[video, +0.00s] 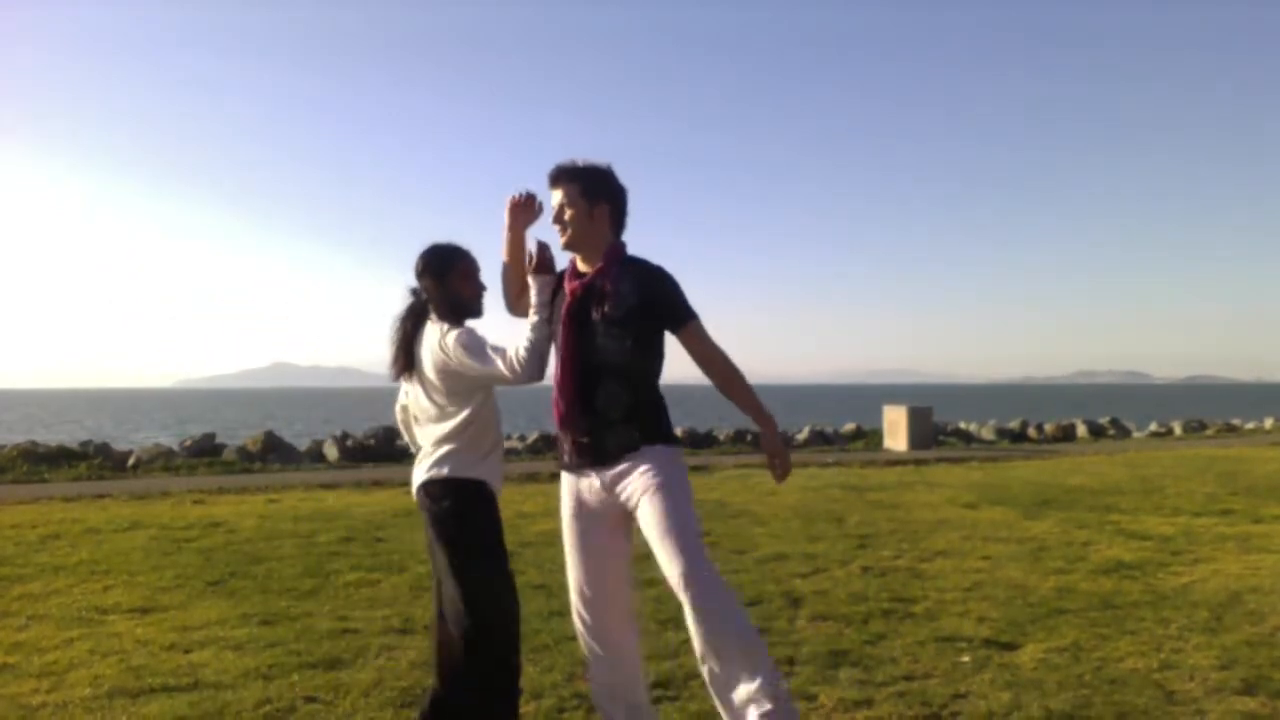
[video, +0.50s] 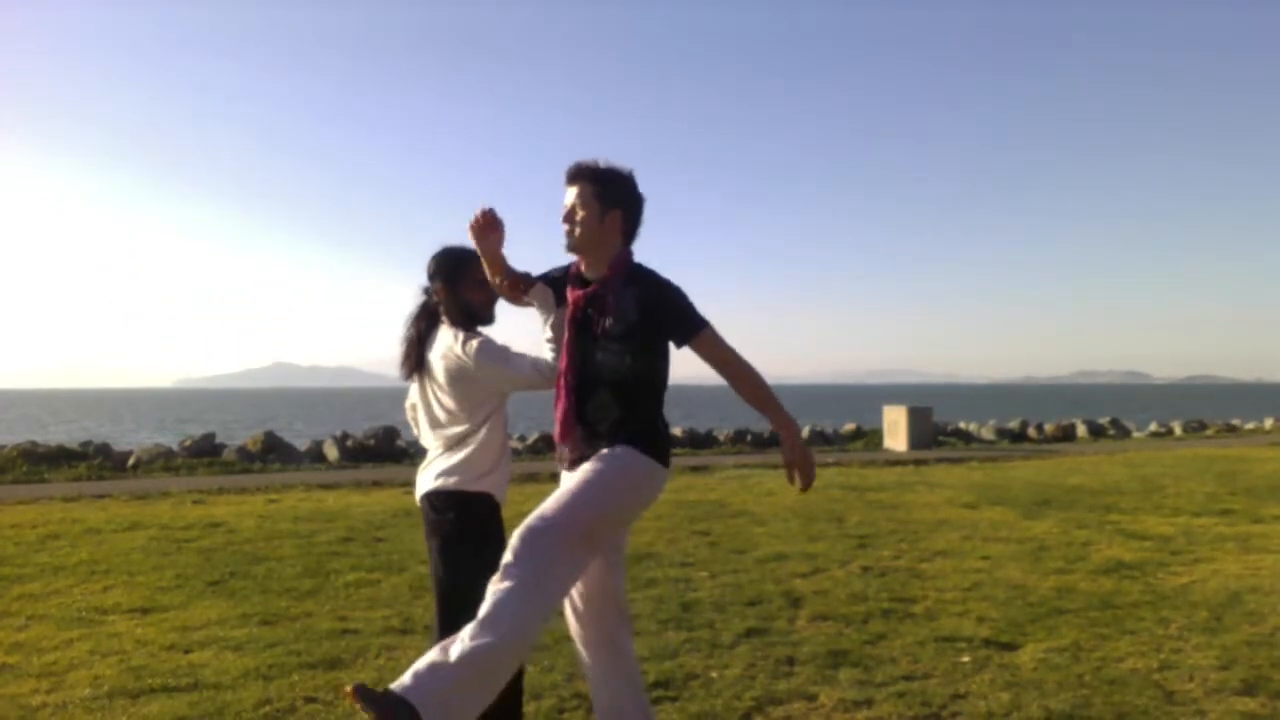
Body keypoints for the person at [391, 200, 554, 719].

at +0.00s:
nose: (481, 284)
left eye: (477, 275)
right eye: (470, 276)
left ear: (439, 288)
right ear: (444, 286)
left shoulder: (421, 340)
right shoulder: (452, 339)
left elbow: (405, 415)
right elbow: (524, 365)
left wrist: (438, 455)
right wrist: (544, 295)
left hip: (435, 483)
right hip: (463, 484)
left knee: (457, 608)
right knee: (493, 611)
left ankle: (452, 707)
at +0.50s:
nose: (492, 287)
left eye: (489, 278)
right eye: (480, 280)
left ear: (443, 294)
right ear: (447, 291)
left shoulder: (432, 344)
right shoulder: (474, 349)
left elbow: (413, 409)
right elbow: (550, 371)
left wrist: (448, 451)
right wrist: (552, 310)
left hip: (438, 490)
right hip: (467, 496)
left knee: (458, 616)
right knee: (482, 616)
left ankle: (455, 702)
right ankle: (489, 708)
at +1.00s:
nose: (477, 286)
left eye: (475, 276)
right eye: (468, 276)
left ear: (423, 281)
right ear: (433, 279)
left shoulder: (397, 340)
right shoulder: (442, 342)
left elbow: (384, 409)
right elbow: (526, 373)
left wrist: (462, 436)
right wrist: (531, 325)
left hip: (410, 497)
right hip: (441, 499)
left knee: (450, 639)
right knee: (471, 641)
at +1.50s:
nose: (501, 304)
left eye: (502, 294)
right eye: (497, 293)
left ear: (438, 288)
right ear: (478, 296)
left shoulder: (381, 331)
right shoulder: (478, 362)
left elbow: (314, 375)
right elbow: (523, 424)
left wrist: (280, 412)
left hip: (355, 517)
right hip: (427, 515)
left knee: (357, 644)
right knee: (455, 651)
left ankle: (348, 714)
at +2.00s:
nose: (359, 295)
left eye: (367, 281)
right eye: (359, 282)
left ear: (403, 277)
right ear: (415, 281)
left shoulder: (399, 323)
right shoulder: (466, 325)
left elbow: (325, 384)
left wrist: (224, 439)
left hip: (394, 506)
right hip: (459, 504)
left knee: (333, 645)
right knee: (423, 646)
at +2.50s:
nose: (407, 285)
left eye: (417, 273)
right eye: (393, 274)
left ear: (431, 276)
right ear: (372, 279)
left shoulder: (443, 335)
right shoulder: (356, 332)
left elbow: (484, 422)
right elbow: (346, 403)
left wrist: (446, 441)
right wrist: (332, 458)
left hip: (446, 518)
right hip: (391, 518)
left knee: (417, 641)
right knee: (364, 639)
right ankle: (362, 714)